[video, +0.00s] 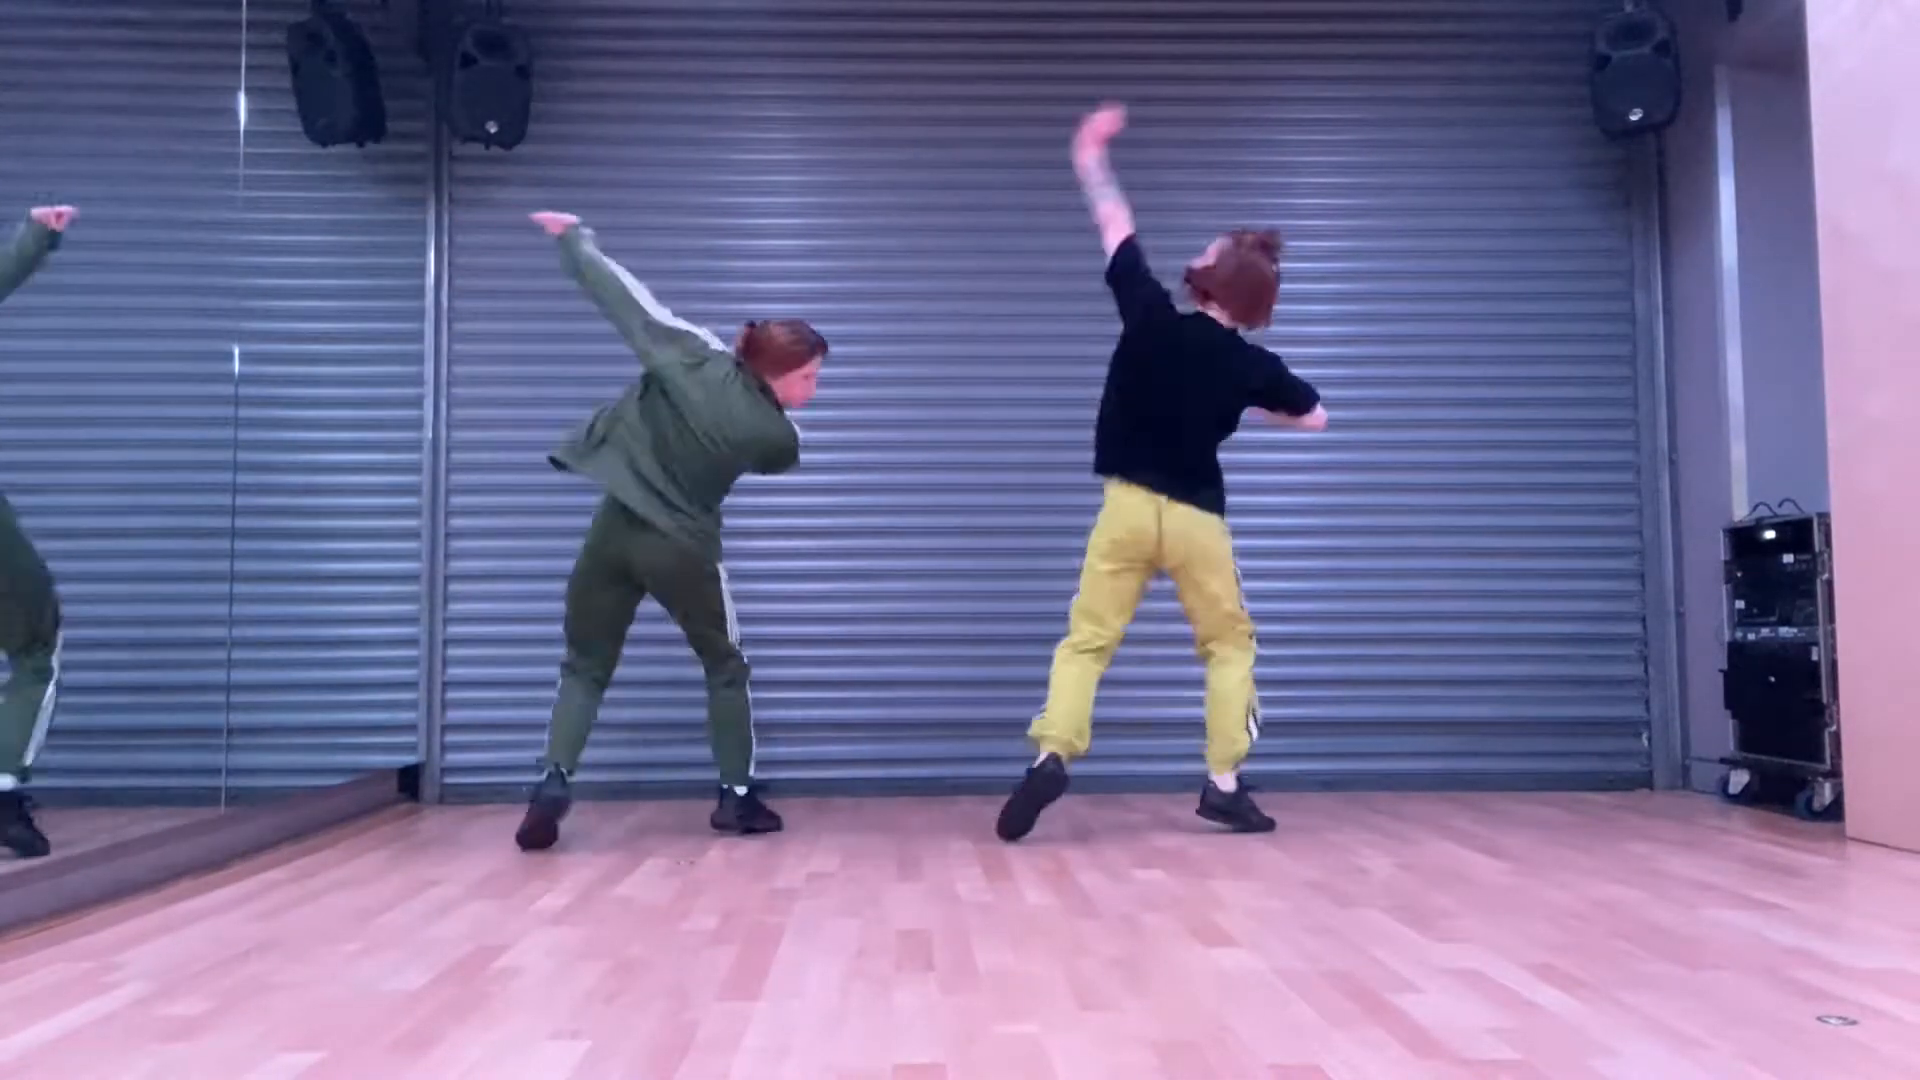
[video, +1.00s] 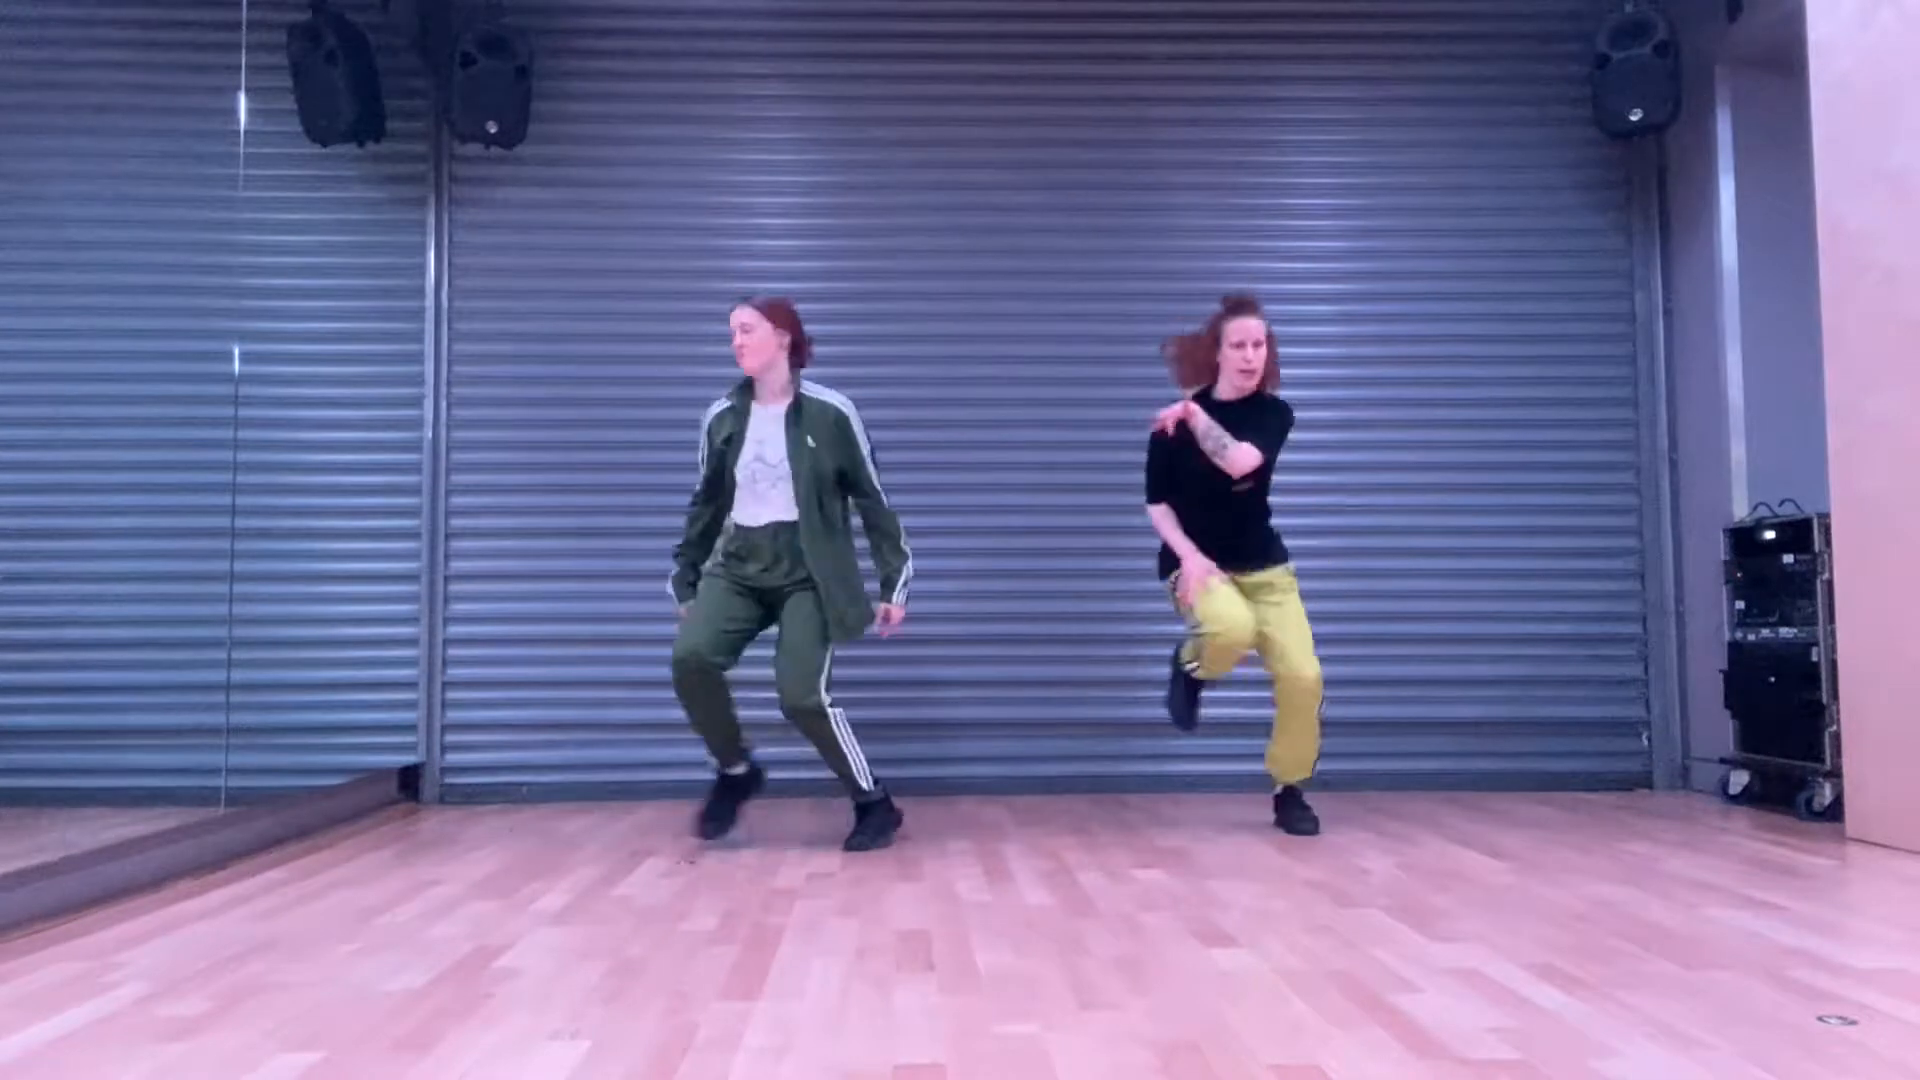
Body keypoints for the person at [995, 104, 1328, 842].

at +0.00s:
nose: (1202, 251)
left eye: (1211, 253)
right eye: (1216, 247)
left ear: (1209, 287)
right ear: (1250, 310)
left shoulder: (1148, 313)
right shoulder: (1246, 362)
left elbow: (1117, 228)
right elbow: (1313, 416)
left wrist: (1090, 159)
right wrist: (1244, 401)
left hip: (1124, 511)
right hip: (1197, 523)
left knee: (1086, 641)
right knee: (1228, 644)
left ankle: (1051, 757)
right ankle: (1224, 785)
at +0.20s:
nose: (1208, 291)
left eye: (1200, 284)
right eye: (1191, 296)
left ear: (1209, 300)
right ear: (1175, 332)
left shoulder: (1236, 331)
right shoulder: (1195, 396)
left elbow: (1317, 338)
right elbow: (1205, 504)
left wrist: (1391, 347)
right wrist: (1275, 525)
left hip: (1176, 518)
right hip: (1207, 530)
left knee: (1164, 646)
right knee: (1241, 658)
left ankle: (1086, 751)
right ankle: (1216, 793)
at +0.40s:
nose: (1218, 286)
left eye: (1229, 277)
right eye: (1207, 276)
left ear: (1243, 290)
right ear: (1189, 290)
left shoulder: (1268, 350)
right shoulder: (1174, 371)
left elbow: (1286, 428)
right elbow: (1135, 454)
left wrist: (1282, 455)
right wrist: (1213, 451)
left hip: (1266, 537)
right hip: (1201, 540)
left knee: (1300, 646)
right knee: (1230, 656)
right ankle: (1223, 791)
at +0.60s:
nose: (1233, 282)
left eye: (1243, 272)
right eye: (1222, 271)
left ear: (1258, 279)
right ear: (1199, 277)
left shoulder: (1271, 340)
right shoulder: (1178, 327)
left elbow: (1337, 401)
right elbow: (1165, 339)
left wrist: (1309, 447)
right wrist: (1234, 300)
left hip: (1266, 487)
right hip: (1203, 502)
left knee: (1333, 527)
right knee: (1254, 627)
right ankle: (1250, 751)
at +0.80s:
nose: (1232, 305)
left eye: (1242, 295)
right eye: (1221, 293)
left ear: (1254, 304)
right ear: (1200, 300)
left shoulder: (1270, 365)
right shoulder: (1178, 358)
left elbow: (1330, 435)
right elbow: (1137, 397)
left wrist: (1285, 446)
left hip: (1280, 518)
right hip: (1211, 528)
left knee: (1319, 617)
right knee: (1260, 646)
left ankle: (1348, 759)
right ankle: (1263, 781)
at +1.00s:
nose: (1250, 355)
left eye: (1259, 344)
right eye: (1238, 344)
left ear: (1268, 353)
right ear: (1215, 351)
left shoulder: (1274, 413)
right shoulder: (1177, 417)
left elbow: (1241, 462)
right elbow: (1156, 502)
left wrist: (1194, 418)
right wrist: (1189, 554)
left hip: (1263, 565)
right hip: (1197, 563)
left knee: (1303, 675)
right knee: (1233, 629)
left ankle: (1290, 790)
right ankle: (1192, 670)